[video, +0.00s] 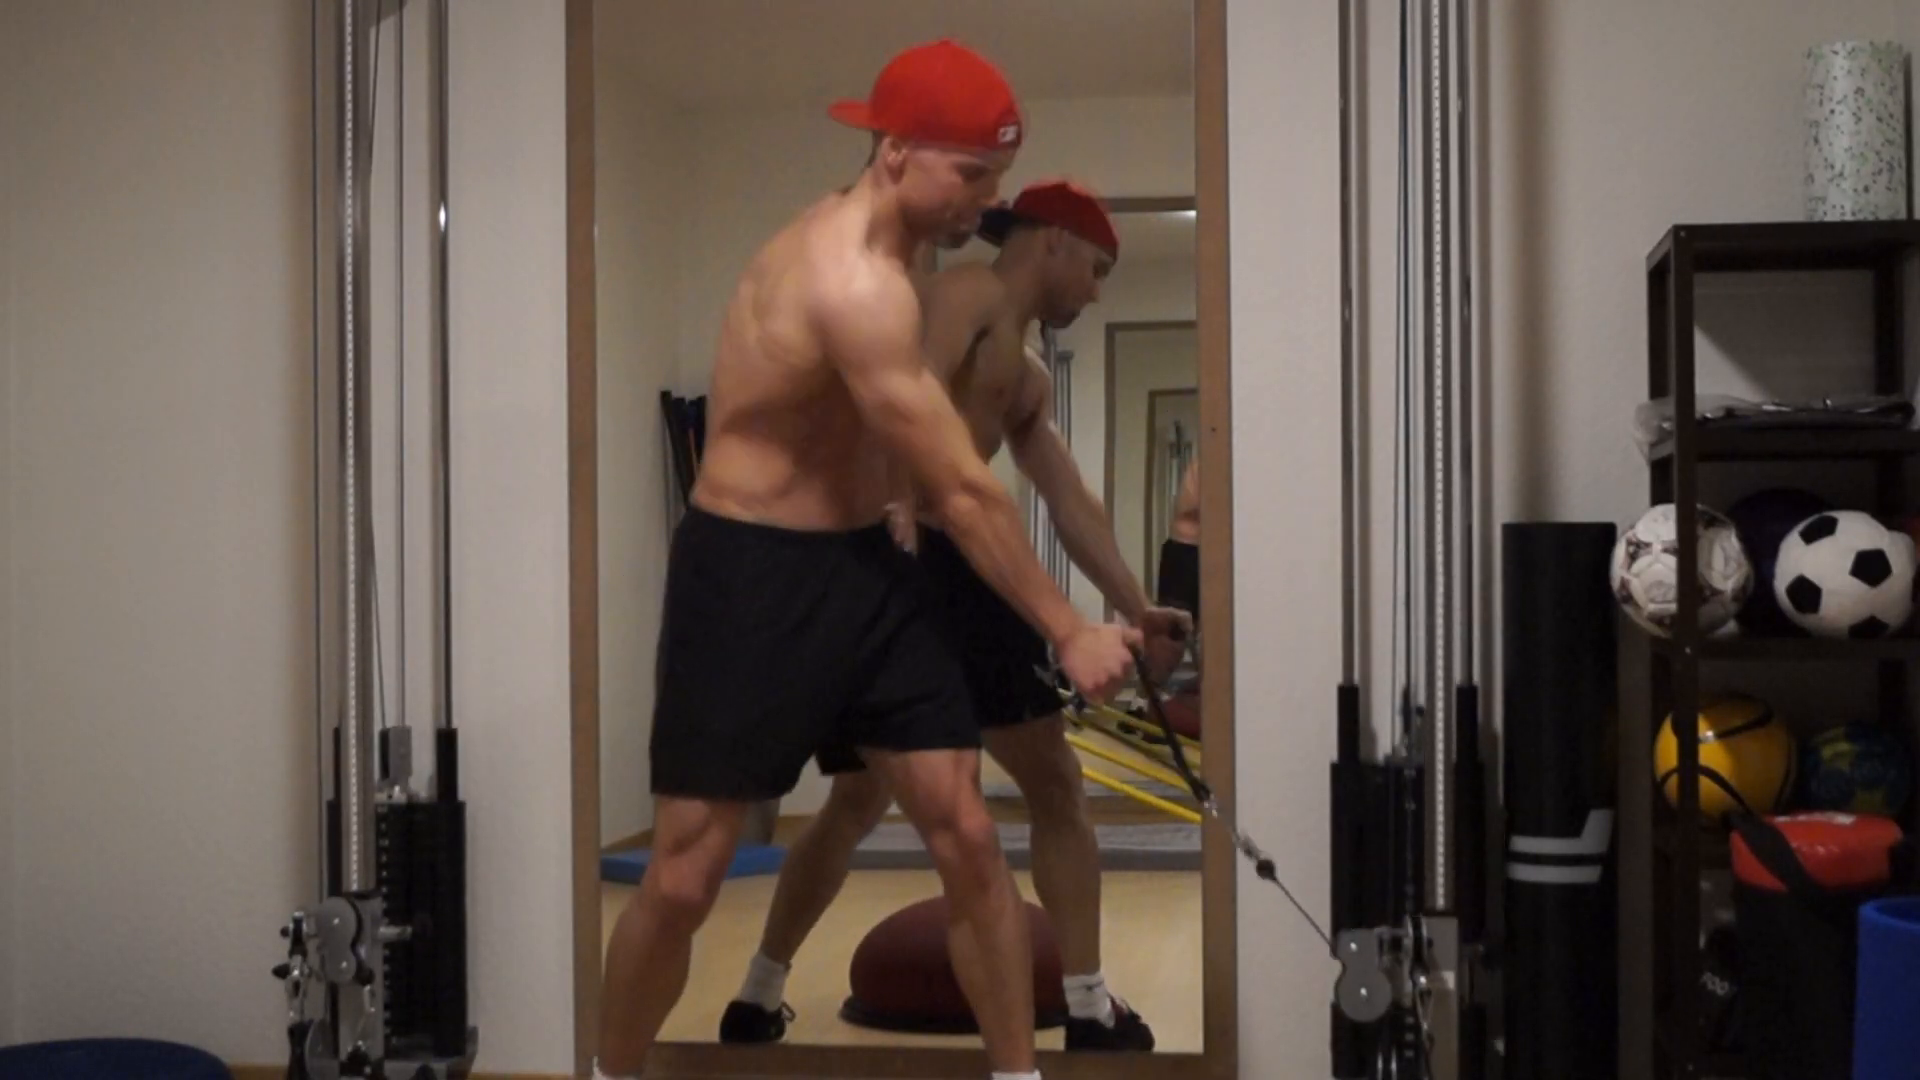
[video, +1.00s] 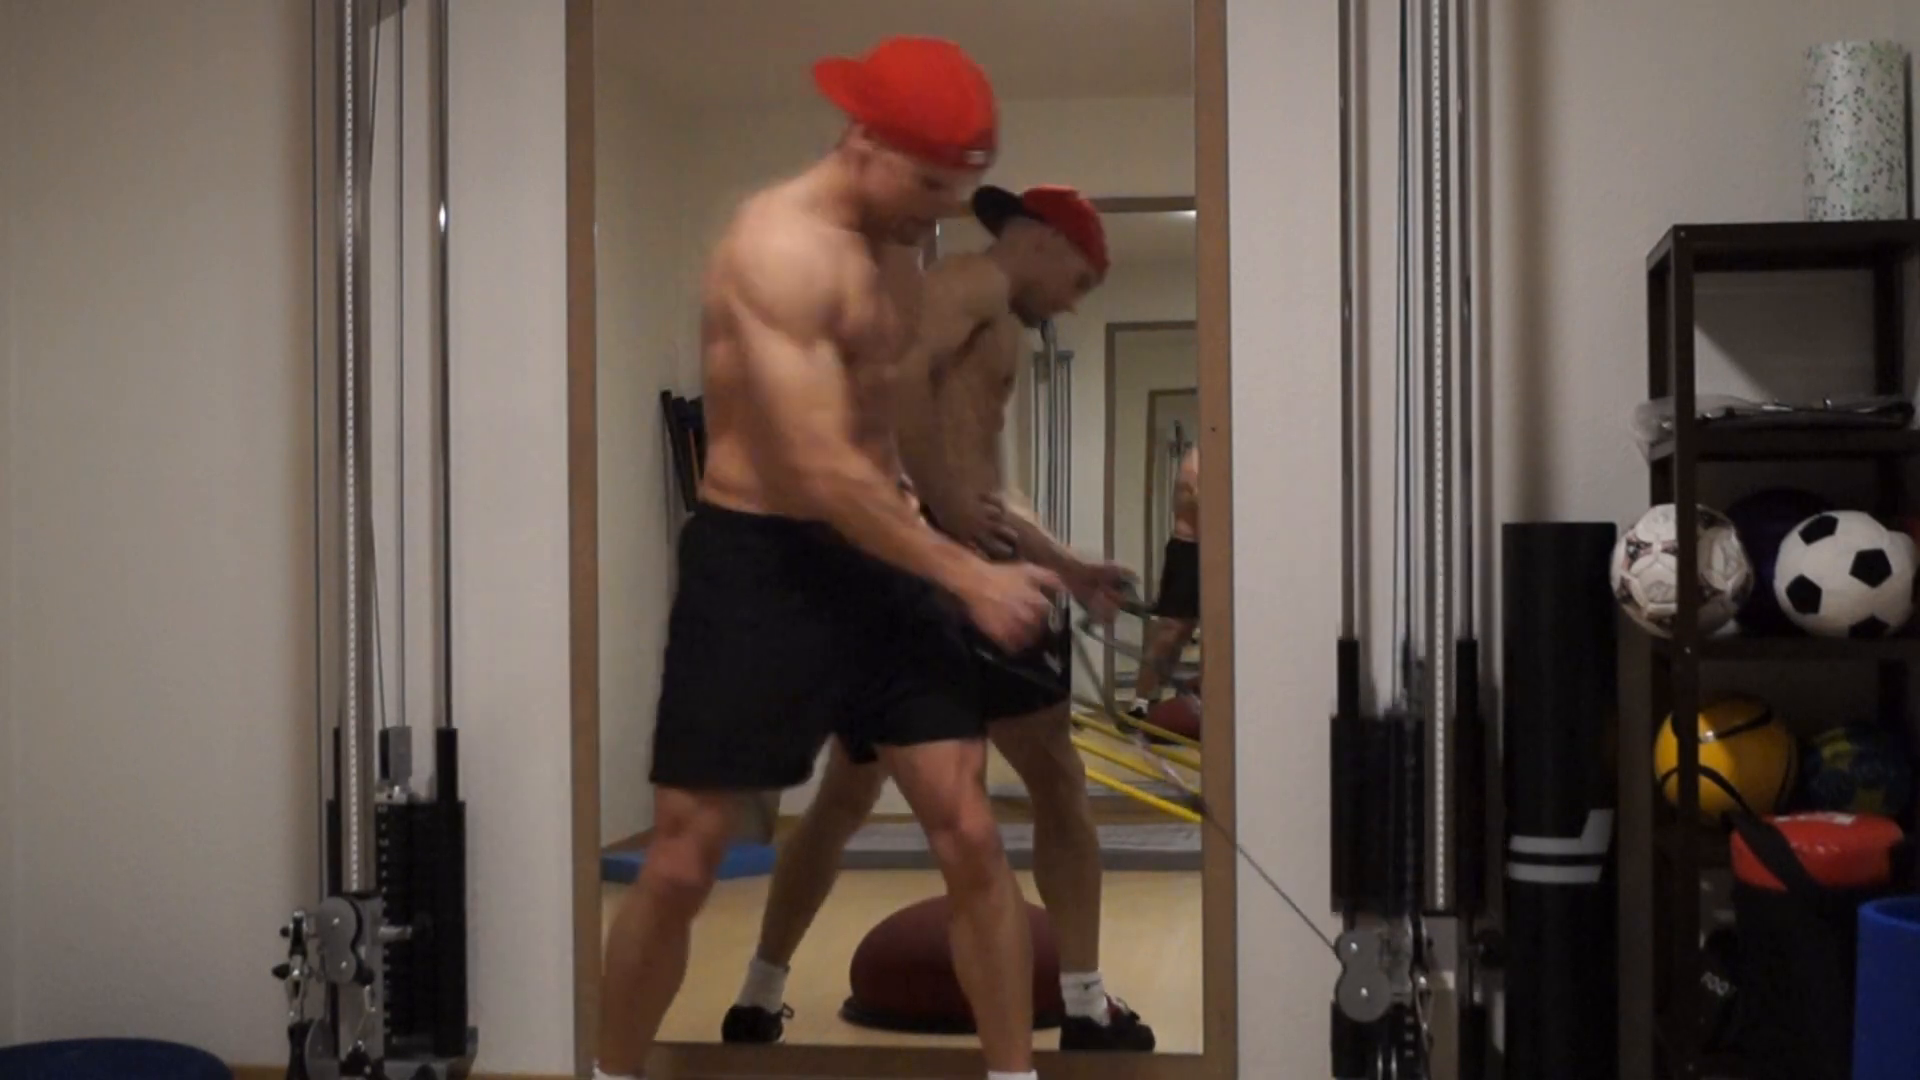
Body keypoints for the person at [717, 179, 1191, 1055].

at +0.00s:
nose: (1097, 291)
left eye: (1103, 275)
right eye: (1096, 270)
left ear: (1055, 254)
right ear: (1052, 247)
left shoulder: (1024, 375)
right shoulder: (971, 289)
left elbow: (1069, 498)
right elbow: (906, 403)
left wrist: (1136, 609)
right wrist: (902, 511)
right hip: (937, 567)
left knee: (857, 799)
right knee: (1056, 787)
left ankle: (760, 991)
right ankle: (1088, 1006)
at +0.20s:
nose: (1029, 298)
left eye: (1035, 283)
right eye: (1031, 278)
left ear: (970, 245)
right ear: (1004, 252)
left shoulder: (896, 294)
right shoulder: (969, 301)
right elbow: (955, 420)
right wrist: (988, 524)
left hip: (874, 554)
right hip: (953, 561)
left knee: (833, 792)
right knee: (1034, 779)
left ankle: (762, 993)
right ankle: (1083, 1000)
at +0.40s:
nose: (970, 281)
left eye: (967, 271)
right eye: (972, 270)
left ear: (872, 234)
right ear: (954, 254)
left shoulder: (813, 288)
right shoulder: (969, 298)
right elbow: (1043, 382)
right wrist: (1003, 505)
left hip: (812, 559)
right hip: (932, 551)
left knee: (785, 792)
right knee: (1010, 784)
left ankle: (753, 996)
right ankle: (1081, 1000)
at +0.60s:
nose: (915, 273)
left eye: (913, 257)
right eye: (920, 257)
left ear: (858, 245)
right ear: (946, 260)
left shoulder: (806, 301)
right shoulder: (965, 310)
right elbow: (1051, 395)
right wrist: (1000, 519)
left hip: (798, 566)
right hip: (921, 560)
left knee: (772, 792)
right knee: (1004, 793)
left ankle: (750, 996)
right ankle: (1077, 1000)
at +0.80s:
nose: (1000, 282)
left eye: (1000, 272)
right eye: (999, 268)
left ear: (907, 237)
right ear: (982, 249)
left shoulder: (848, 290)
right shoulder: (985, 280)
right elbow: (1005, 359)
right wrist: (1035, 474)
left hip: (844, 547)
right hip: (954, 540)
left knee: (814, 790)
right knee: (1038, 775)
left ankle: (755, 996)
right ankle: (1082, 1004)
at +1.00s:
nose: (1077, 302)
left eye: (1086, 288)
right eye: (1082, 280)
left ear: (1044, 252)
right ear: (1044, 245)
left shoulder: (998, 331)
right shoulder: (972, 282)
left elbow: (972, 489)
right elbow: (887, 383)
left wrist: (1066, 565)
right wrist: (938, 503)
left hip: (940, 572)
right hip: (930, 572)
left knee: (841, 798)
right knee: (1060, 787)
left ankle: (761, 993)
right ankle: (1085, 1005)